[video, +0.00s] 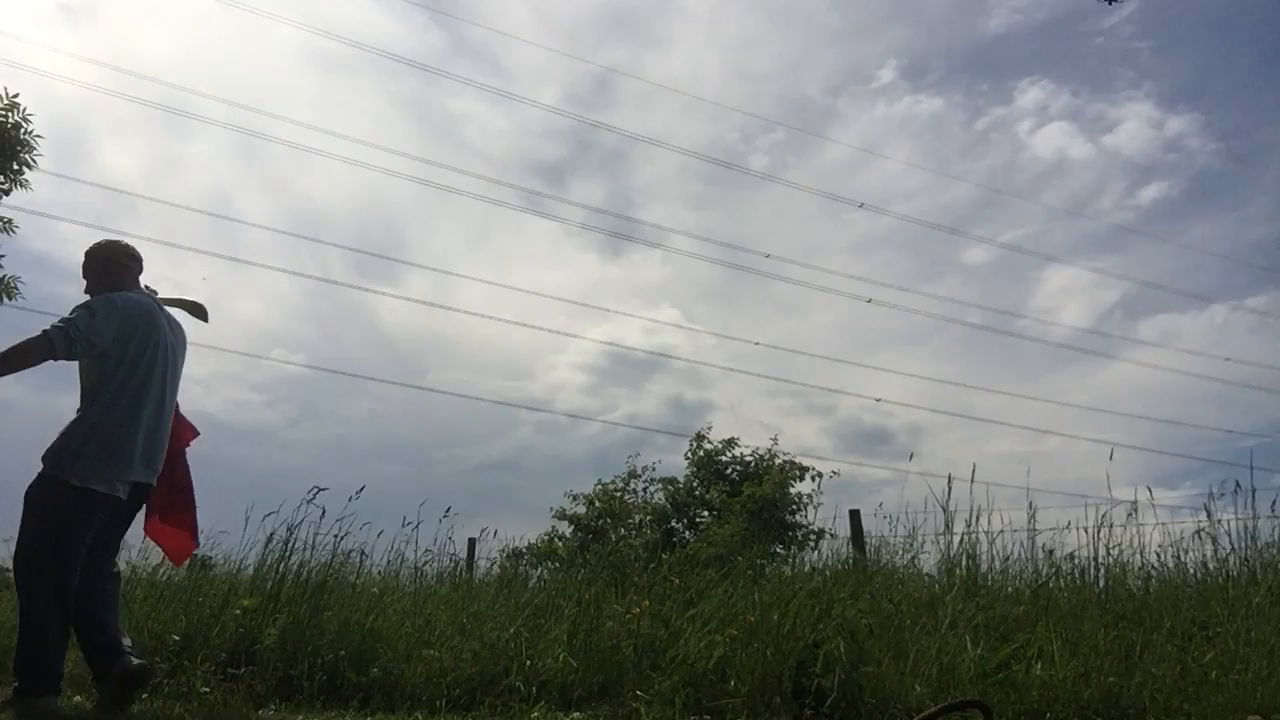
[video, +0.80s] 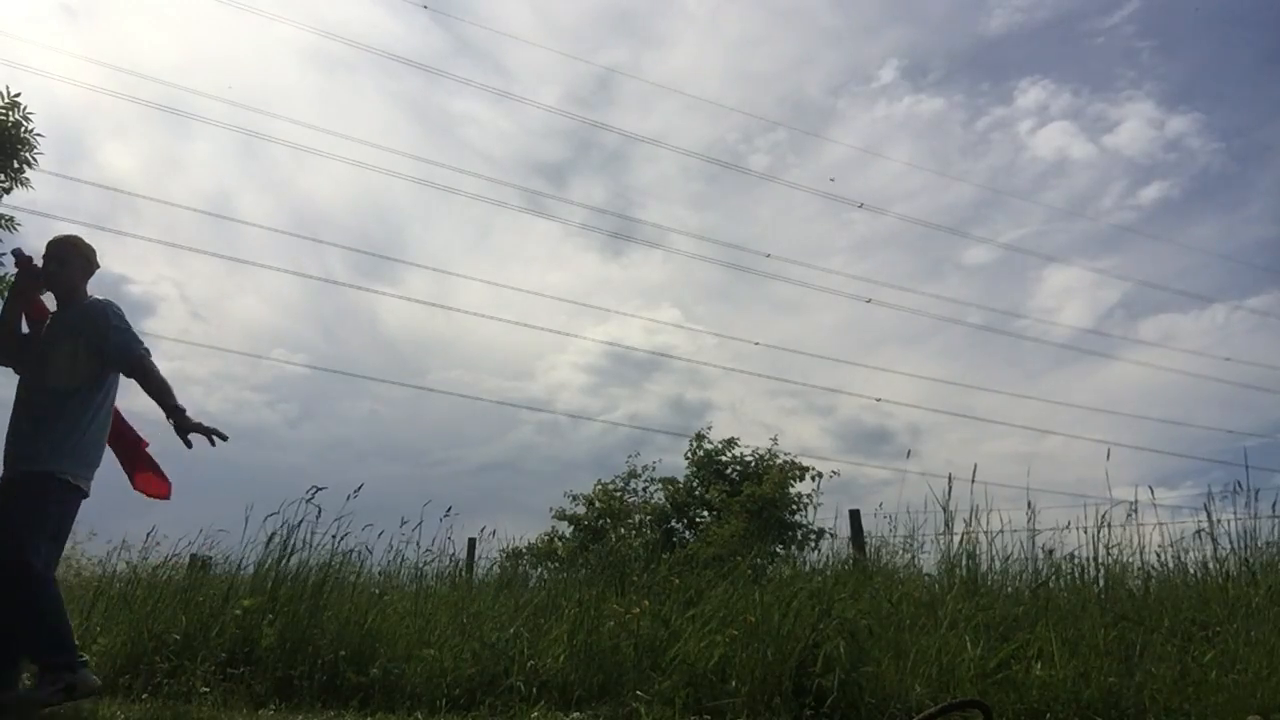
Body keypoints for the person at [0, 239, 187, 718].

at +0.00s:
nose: (85, 287)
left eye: (87, 278)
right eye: (86, 279)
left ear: (100, 273)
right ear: (139, 274)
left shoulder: (109, 309)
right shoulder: (175, 328)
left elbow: (45, 345)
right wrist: (157, 299)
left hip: (87, 461)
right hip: (139, 472)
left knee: (39, 564)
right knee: (95, 566)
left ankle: (37, 689)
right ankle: (116, 665)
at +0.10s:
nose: (72, 283)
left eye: (74, 274)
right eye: (72, 275)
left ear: (91, 271)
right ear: (122, 271)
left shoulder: (98, 309)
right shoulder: (159, 325)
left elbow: (34, 351)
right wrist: (148, 301)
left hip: (74, 465)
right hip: (120, 476)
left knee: (28, 568)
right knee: (57, 562)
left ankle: (37, 691)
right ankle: (85, 658)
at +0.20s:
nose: (62, 278)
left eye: (66, 269)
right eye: (62, 270)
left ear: (90, 267)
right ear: (112, 269)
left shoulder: (94, 307)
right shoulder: (147, 321)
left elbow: (33, 357)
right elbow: (152, 389)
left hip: (71, 459)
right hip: (108, 469)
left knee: (24, 555)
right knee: (44, 558)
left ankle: (38, 688)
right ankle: (41, 683)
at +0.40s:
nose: (54, 275)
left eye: (62, 267)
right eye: (53, 267)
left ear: (93, 269)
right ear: (98, 275)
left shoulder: (99, 312)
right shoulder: (121, 320)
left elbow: (66, 361)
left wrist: (14, 396)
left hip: (55, 472)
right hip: (75, 473)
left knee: (28, 576)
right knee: (46, 579)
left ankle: (32, 686)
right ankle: (39, 686)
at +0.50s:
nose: (49, 277)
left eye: (57, 268)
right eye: (49, 269)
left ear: (86, 271)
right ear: (85, 274)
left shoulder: (102, 316)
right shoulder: (90, 322)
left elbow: (78, 371)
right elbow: (48, 363)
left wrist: (59, 398)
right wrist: (47, 302)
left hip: (53, 472)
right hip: (48, 472)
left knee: (32, 574)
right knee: (29, 574)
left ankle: (36, 684)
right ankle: (32, 680)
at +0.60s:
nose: (54, 274)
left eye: (62, 264)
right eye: (51, 265)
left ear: (86, 270)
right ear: (55, 275)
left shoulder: (103, 317)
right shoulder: (63, 329)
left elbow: (113, 359)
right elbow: (24, 357)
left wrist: (108, 397)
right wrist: (34, 296)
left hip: (60, 467)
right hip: (27, 463)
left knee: (25, 572)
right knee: (16, 571)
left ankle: (30, 684)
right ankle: (26, 680)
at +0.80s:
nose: (46, 269)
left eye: (58, 261)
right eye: (45, 262)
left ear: (85, 268)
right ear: (47, 271)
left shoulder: (99, 313)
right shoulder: (48, 331)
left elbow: (139, 364)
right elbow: (9, 349)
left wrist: (177, 415)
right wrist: (17, 293)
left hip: (58, 464)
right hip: (27, 462)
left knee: (25, 564)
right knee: (20, 568)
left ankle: (66, 671)